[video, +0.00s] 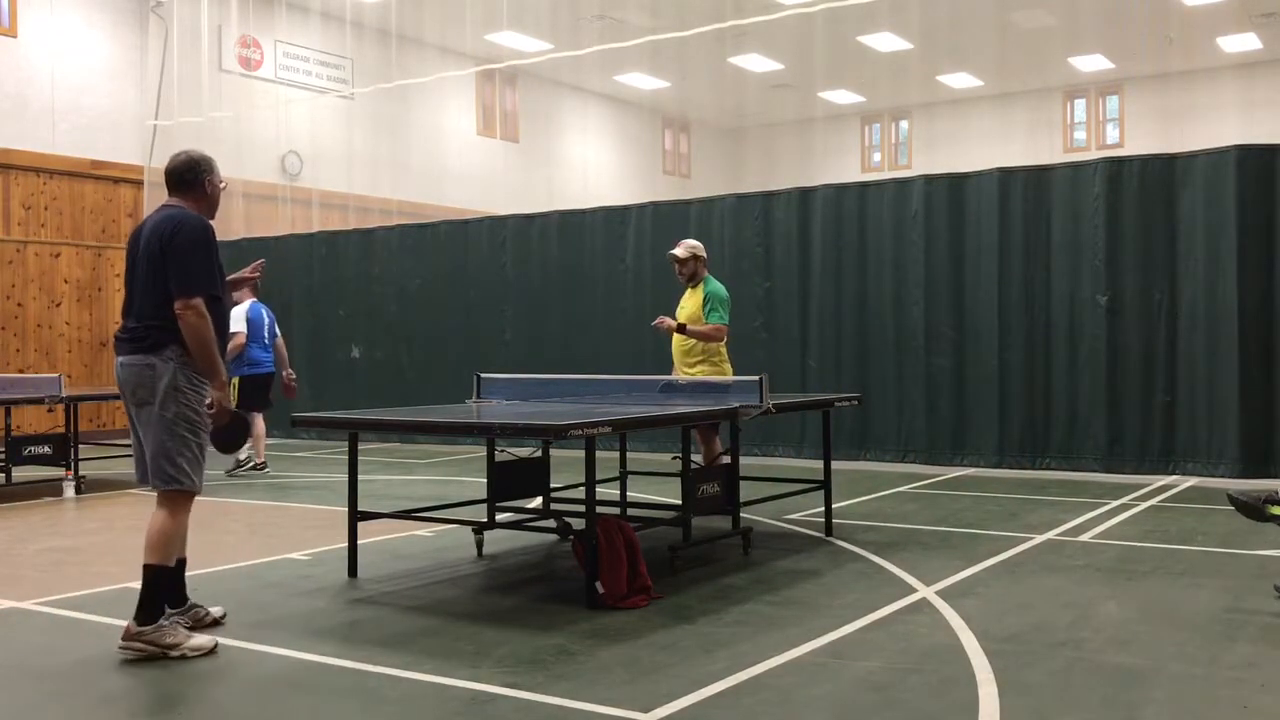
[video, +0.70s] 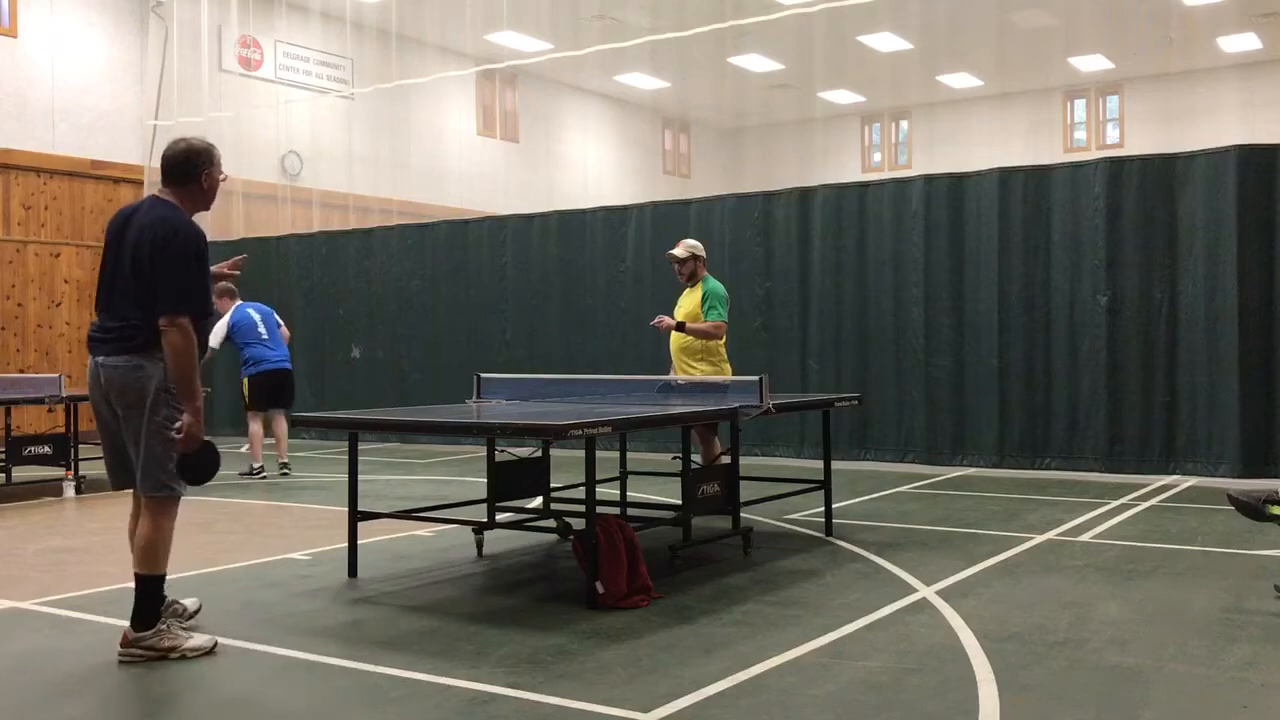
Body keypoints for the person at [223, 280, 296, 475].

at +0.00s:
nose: (233, 295)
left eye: (235, 290)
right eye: (233, 291)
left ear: (246, 289)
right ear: (252, 290)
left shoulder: (239, 310)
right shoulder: (266, 311)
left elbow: (239, 340)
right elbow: (279, 342)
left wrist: (221, 360)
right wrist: (286, 368)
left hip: (246, 371)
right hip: (267, 370)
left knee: (237, 414)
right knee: (256, 414)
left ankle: (242, 455)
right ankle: (260, 459)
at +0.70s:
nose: (216, 308)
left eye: (216, 303)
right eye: (215, 303)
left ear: (225, 300)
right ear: (235, 298)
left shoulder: (229, 318)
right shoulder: (264, 308)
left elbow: (211, 350)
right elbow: (285, 334)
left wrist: (198, 367)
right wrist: (277, 356)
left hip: (257, 370)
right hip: (282, 367)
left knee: (254, 417)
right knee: (278, 413)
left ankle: (257, 464)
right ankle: (283, 460)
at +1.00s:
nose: (227, 310)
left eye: (225, 306)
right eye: (225, 307)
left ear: (229, 301)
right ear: (243, 296)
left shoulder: (233, 318)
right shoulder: (273, 308)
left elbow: (230, 353)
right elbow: (292, 336)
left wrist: (219, 377)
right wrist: (297, 364)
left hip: (259, 372)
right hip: (285, 369)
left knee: (256, 419)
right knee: (284, 415)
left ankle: (257, 465)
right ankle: (295, 459)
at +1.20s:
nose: (240, 308)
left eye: (239, 306)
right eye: (239, 306)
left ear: (241, 302)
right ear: (257, 295)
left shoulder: (242, 317)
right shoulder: (285, 310)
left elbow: (240, 348)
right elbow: (302, 340)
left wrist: (240, 376)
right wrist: (299, 366)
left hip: (263, 374)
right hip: (291, 372)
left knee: (259, 420)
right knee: (286, 419)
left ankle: (257, 465)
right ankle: (292, 464)